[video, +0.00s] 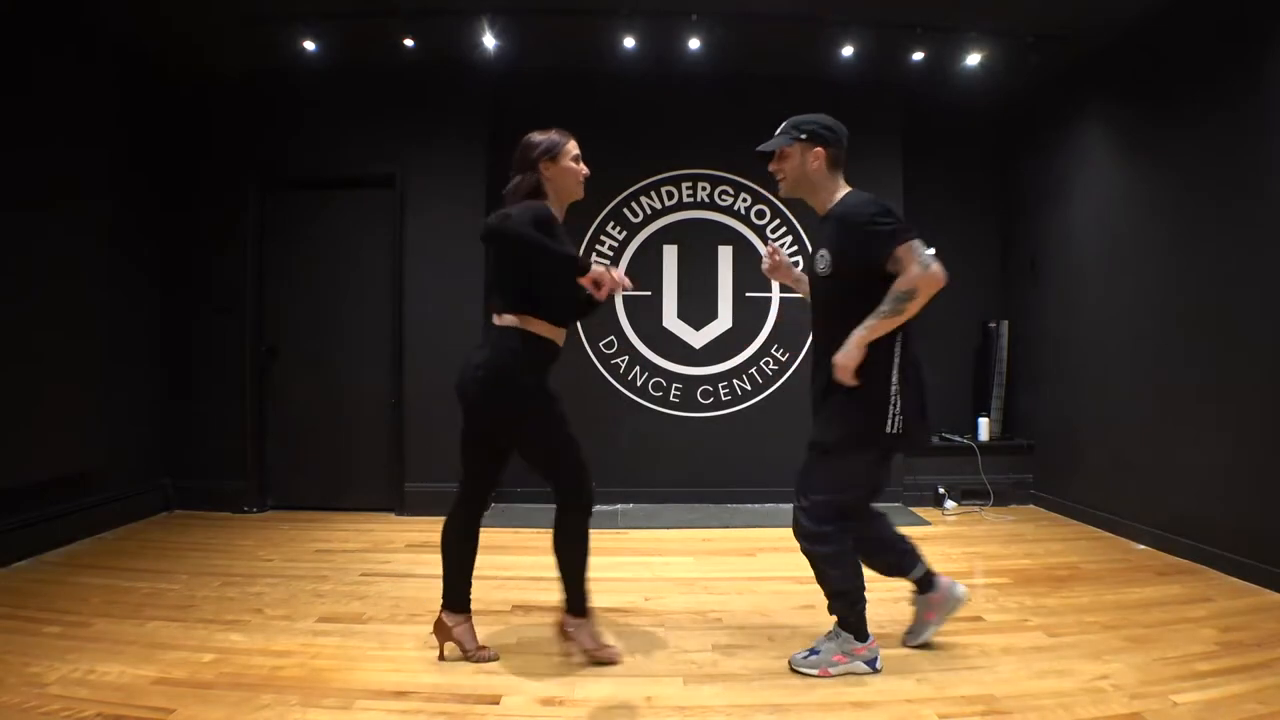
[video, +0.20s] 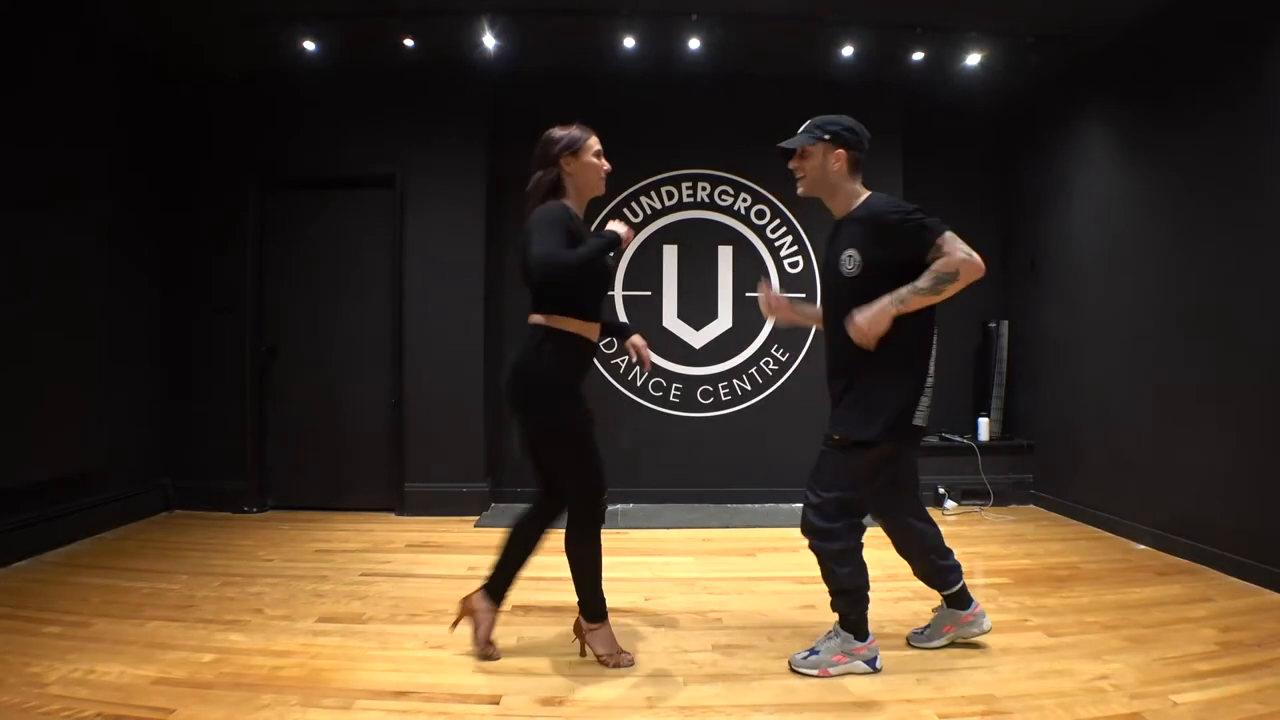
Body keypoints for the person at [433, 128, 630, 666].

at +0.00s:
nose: (585, 169)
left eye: (583, 160)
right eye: (575, 160)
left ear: (556, 172)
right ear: (544, 169)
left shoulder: (551, 230)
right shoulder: (526, 214)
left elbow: (562, 312)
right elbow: (497, 230)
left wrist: (595, 291)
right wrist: (582, 273)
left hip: (510, 369)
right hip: (511, 370)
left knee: (473, 494)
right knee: (575, 488)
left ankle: (453, 614)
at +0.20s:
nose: (607, 164)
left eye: (604, 155)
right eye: (596, 156)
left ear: (581, 166)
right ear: (566, 165)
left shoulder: (585, 225)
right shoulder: (550, 216)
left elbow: (579, 307)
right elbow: (547, 274)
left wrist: (624, 333)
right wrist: (607, 242)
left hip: (560, 368)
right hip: (547, 368)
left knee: (553, 495)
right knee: (587, 495)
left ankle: (487, 598)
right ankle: (594, 619)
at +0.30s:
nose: (622, 163)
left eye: (618, 154)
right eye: (612, 154)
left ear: (590, 163)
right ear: (582, 162)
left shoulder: (588, 224)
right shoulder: (564, 223)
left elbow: (592, 304)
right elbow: (597, 301)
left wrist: (620, 325)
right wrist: (642, 249)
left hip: (585, 369)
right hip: (558, 371)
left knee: (624, 490)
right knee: (584, 494)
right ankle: (593, 622)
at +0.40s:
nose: (631, 161)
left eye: (628, 152)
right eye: (621, 153)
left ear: (600, 162)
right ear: (590, 161)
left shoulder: (597, 220)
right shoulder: (576, 221)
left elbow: (608, 291)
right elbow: (597, 303)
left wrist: (630, 312)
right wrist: (665, 284)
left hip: (599, 367)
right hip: (567, 369)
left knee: (634, 488)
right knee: (580, 501)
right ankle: (592, 623)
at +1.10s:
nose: (610, 159)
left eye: (607, 149)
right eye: (600, 150)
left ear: (577, 160)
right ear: (569, 159)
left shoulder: (565, 219)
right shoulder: (558, 219)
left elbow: (556, 305)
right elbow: (597, 305)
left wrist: (595, 325)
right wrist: (670, 283)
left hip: (568, 374)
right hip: (551, 375)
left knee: (619, 501)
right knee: (576, 512)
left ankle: (642, 630)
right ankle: (534, 646)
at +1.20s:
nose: (595, 154)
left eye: (591, 145)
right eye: (585, 146)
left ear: (556, 158)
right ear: (554, 157)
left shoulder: (538, 218)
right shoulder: (555, 220)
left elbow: (502, 291)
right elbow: (591, 305)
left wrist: (561, 312)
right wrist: (679, 322)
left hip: (537, 378)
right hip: (534, 381)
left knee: (604, 488)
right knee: (548, 505)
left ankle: (568, 622)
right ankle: (532, 645)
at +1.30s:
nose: (568, 159)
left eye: (564, 149)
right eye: (557, 150)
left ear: (527, 165)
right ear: (527, 162)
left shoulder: (510, 222)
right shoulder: (531, 224)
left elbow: (517, 299)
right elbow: (554, 298)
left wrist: (562, 265)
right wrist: (636, 319)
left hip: (507, 368)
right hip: (519, 370)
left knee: (539, 500)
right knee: (531, 508)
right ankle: (532, 649)